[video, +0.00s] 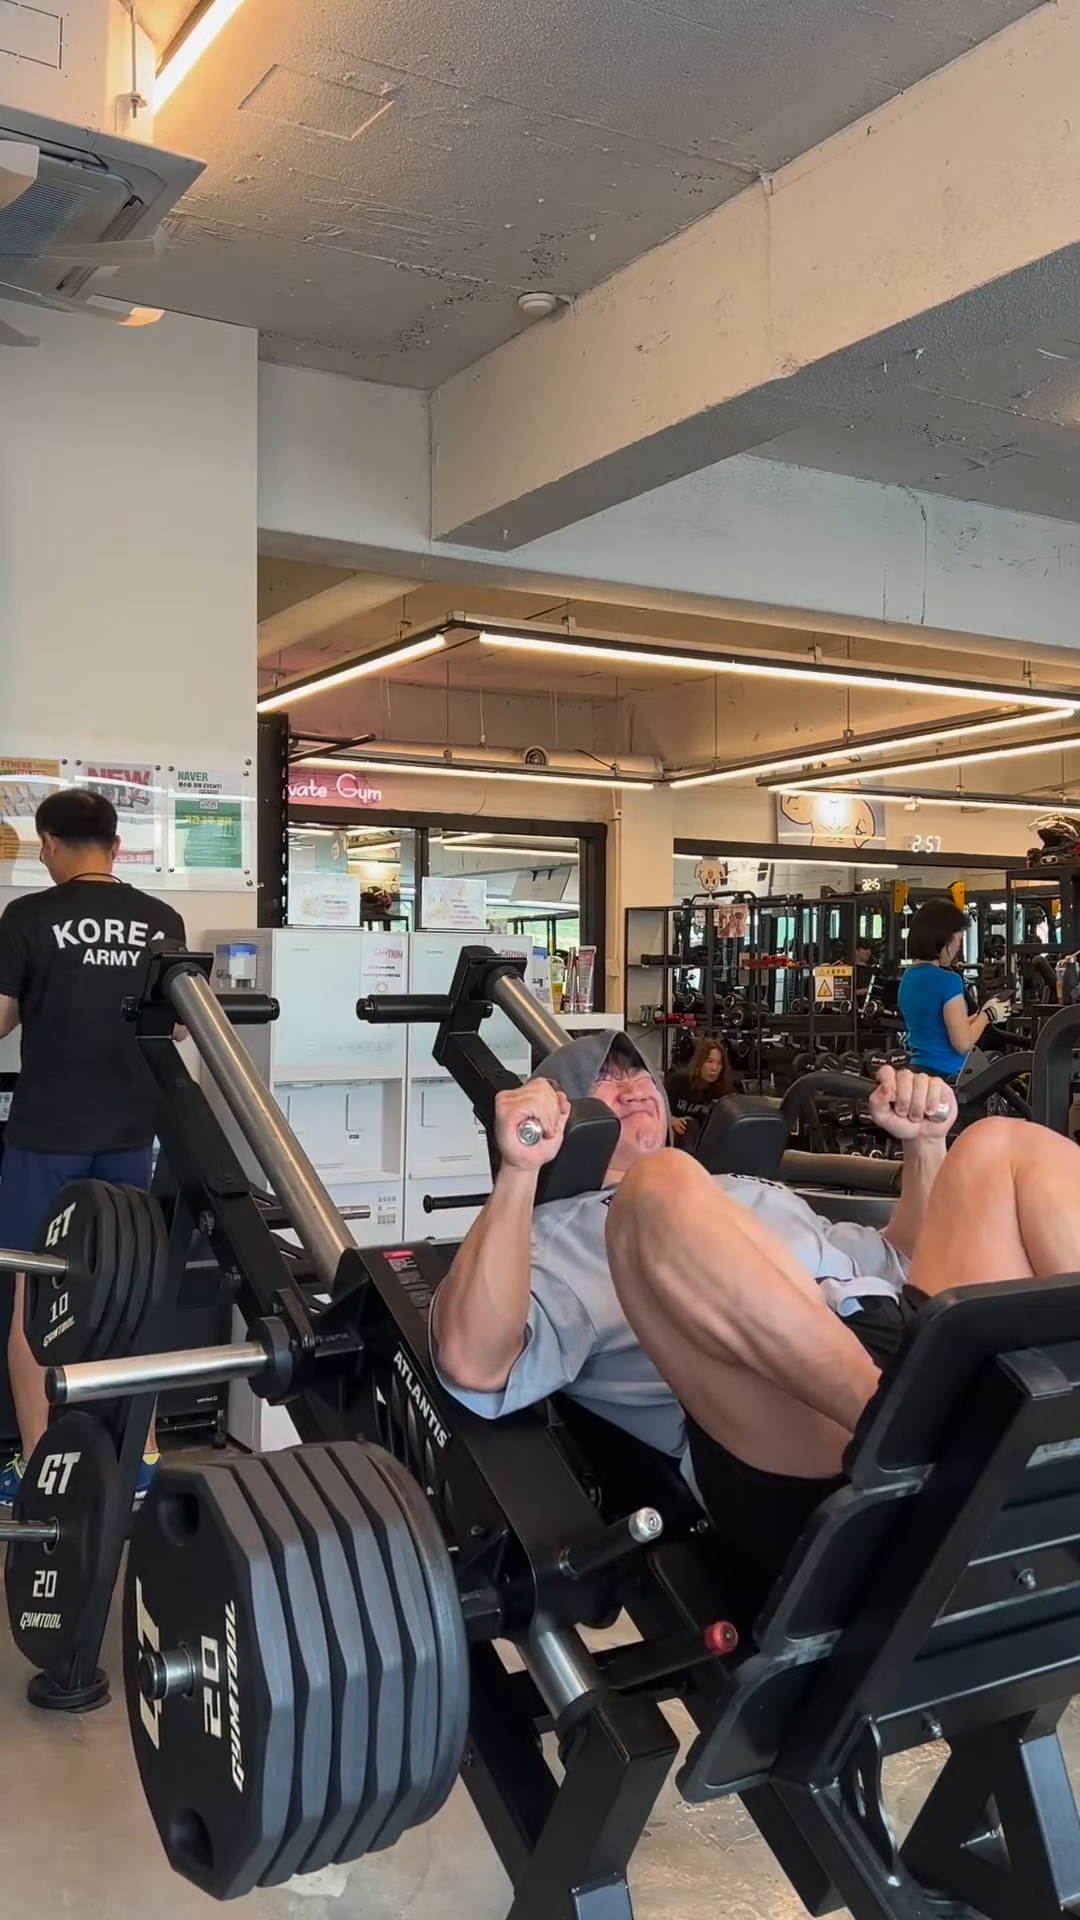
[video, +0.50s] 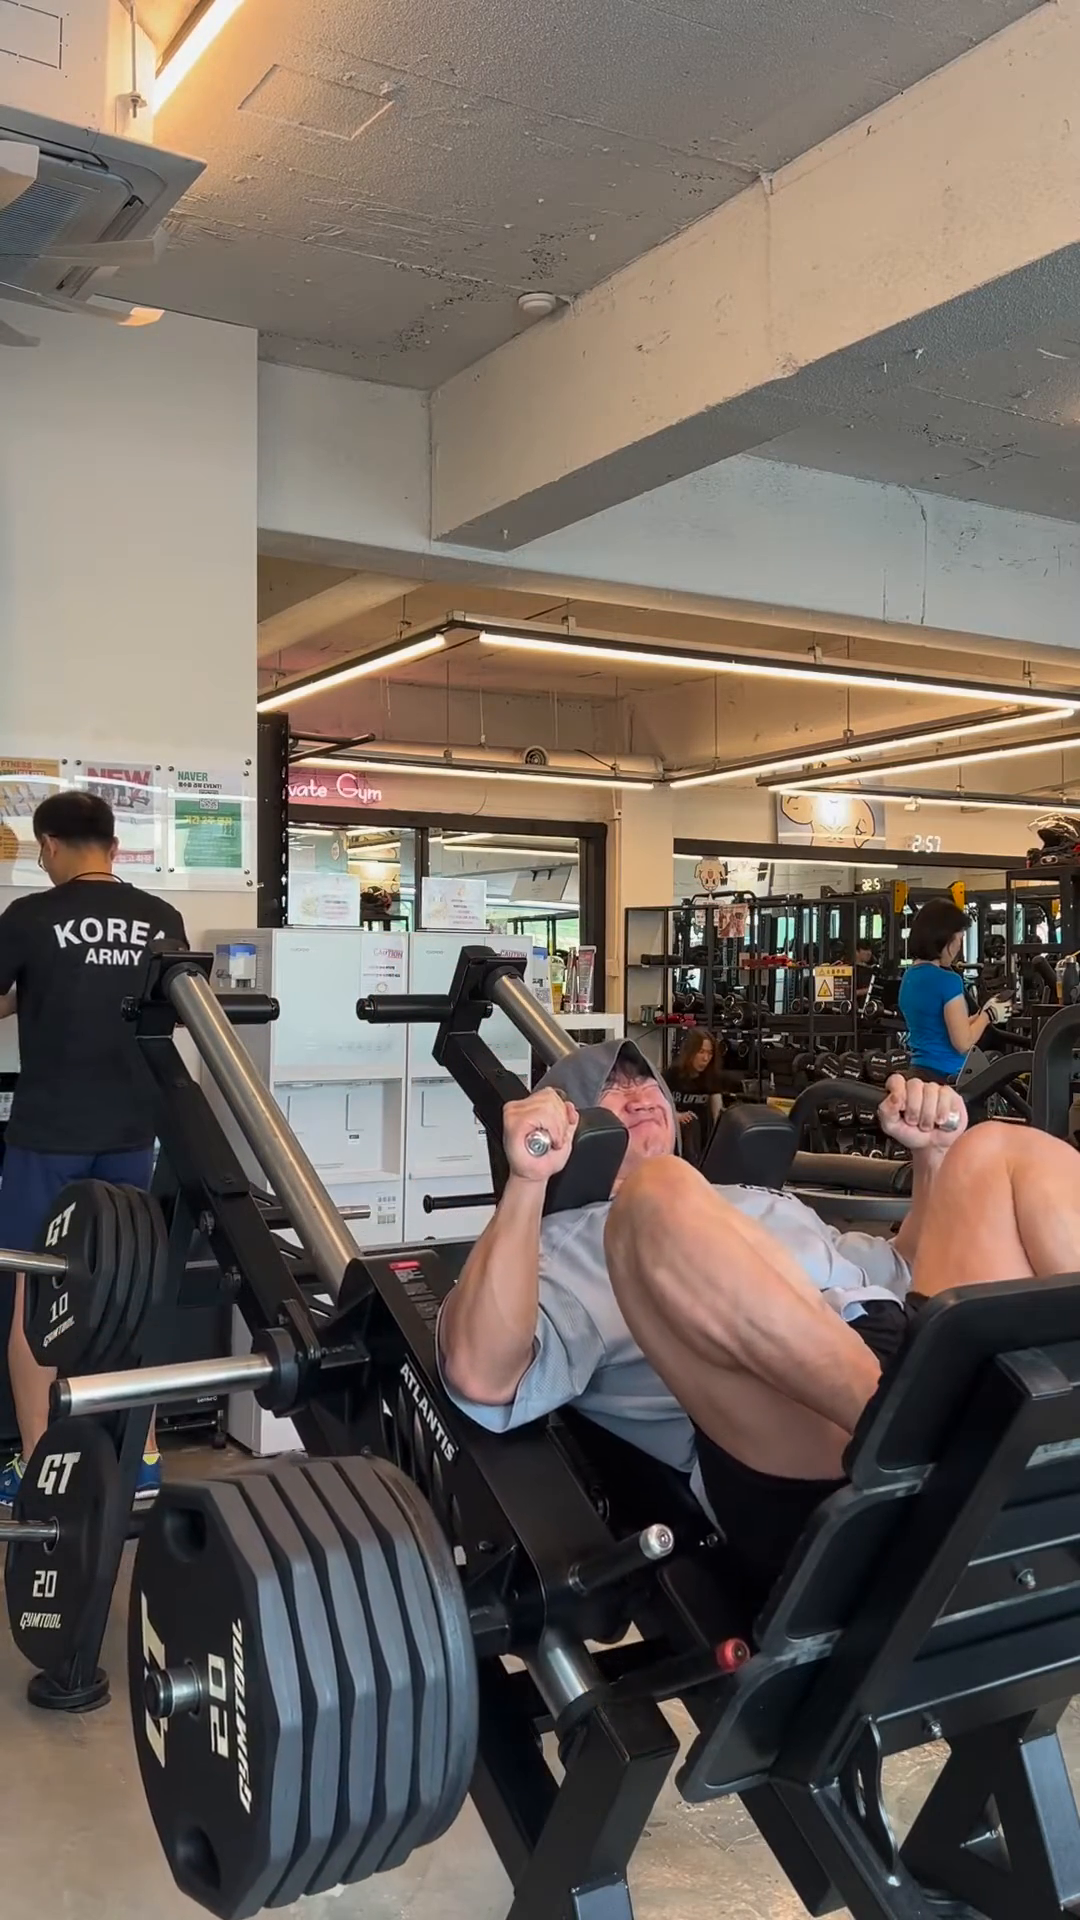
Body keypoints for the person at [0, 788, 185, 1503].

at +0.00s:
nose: (47, 859)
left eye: (44, 849)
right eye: (51, 849)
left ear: (48, 847)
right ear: (116, 848)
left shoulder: (28, 916)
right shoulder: (163, 918)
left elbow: (6, 1020)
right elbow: (178, 1023)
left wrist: (47, 1004)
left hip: (47, 1130)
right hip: (135, 1132)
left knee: (26, 1298)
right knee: (130, 1288)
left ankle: (41, 1462)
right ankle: (138, 1447)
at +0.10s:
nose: (46, 859)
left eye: (43, 849)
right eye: (51, 849)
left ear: (48, 847)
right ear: (116, 848)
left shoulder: (28, 916)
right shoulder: (163, 917)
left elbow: (2, 1008)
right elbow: (181, 1014)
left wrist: (44, 984)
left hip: (48, 1130)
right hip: (136, 1131)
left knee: (27, 1299)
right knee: (128, 1288)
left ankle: (41, 1466)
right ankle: (137, 1451)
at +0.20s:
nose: (44, 860)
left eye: (42, 850)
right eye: (48, 850)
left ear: (48, 848)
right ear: (115, 847)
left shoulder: (28, 915)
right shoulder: (164, 918)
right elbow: (177, 1013)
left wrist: (37, 986)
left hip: (49, 1130)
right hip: (136, 1131)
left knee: (27, 1299)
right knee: (128, 1288)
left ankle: (41, 1467)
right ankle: (137, 1453)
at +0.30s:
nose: (44, 861)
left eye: (42, 851)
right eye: (47, 851)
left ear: (48, 848)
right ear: (115, 848)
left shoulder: (29, 915)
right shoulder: (164, 917)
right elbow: (177, 1012)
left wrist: (34, 986)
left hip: (49, 1131)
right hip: (136, 1132)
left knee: (27, 1299)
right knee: (127, 1288)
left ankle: (40, 1467)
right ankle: (138, 1454)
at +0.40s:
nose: (42, 862)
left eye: (41, 852)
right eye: (44, 852)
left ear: (48, 849)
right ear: (115, 849)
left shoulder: (30, 915)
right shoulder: (164, 917)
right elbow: (180, 1011)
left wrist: (30, 989)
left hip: (49, 1130)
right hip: (136, 1131)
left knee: (27, 1297)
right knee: (126, 1287)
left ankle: (40, 1466)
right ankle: (137, 1453)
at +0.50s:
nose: (41, 862)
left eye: (40, 852)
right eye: (42, 853)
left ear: (48, 849)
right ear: (114, 848)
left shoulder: (30, 916)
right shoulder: (164, 917)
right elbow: (177, 1010)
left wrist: (35, 988)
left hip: (50, 1130)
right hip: (136, 1131)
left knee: (27, 1298)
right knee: (126, 1287)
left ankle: (40, 1466)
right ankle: (138, 1455)